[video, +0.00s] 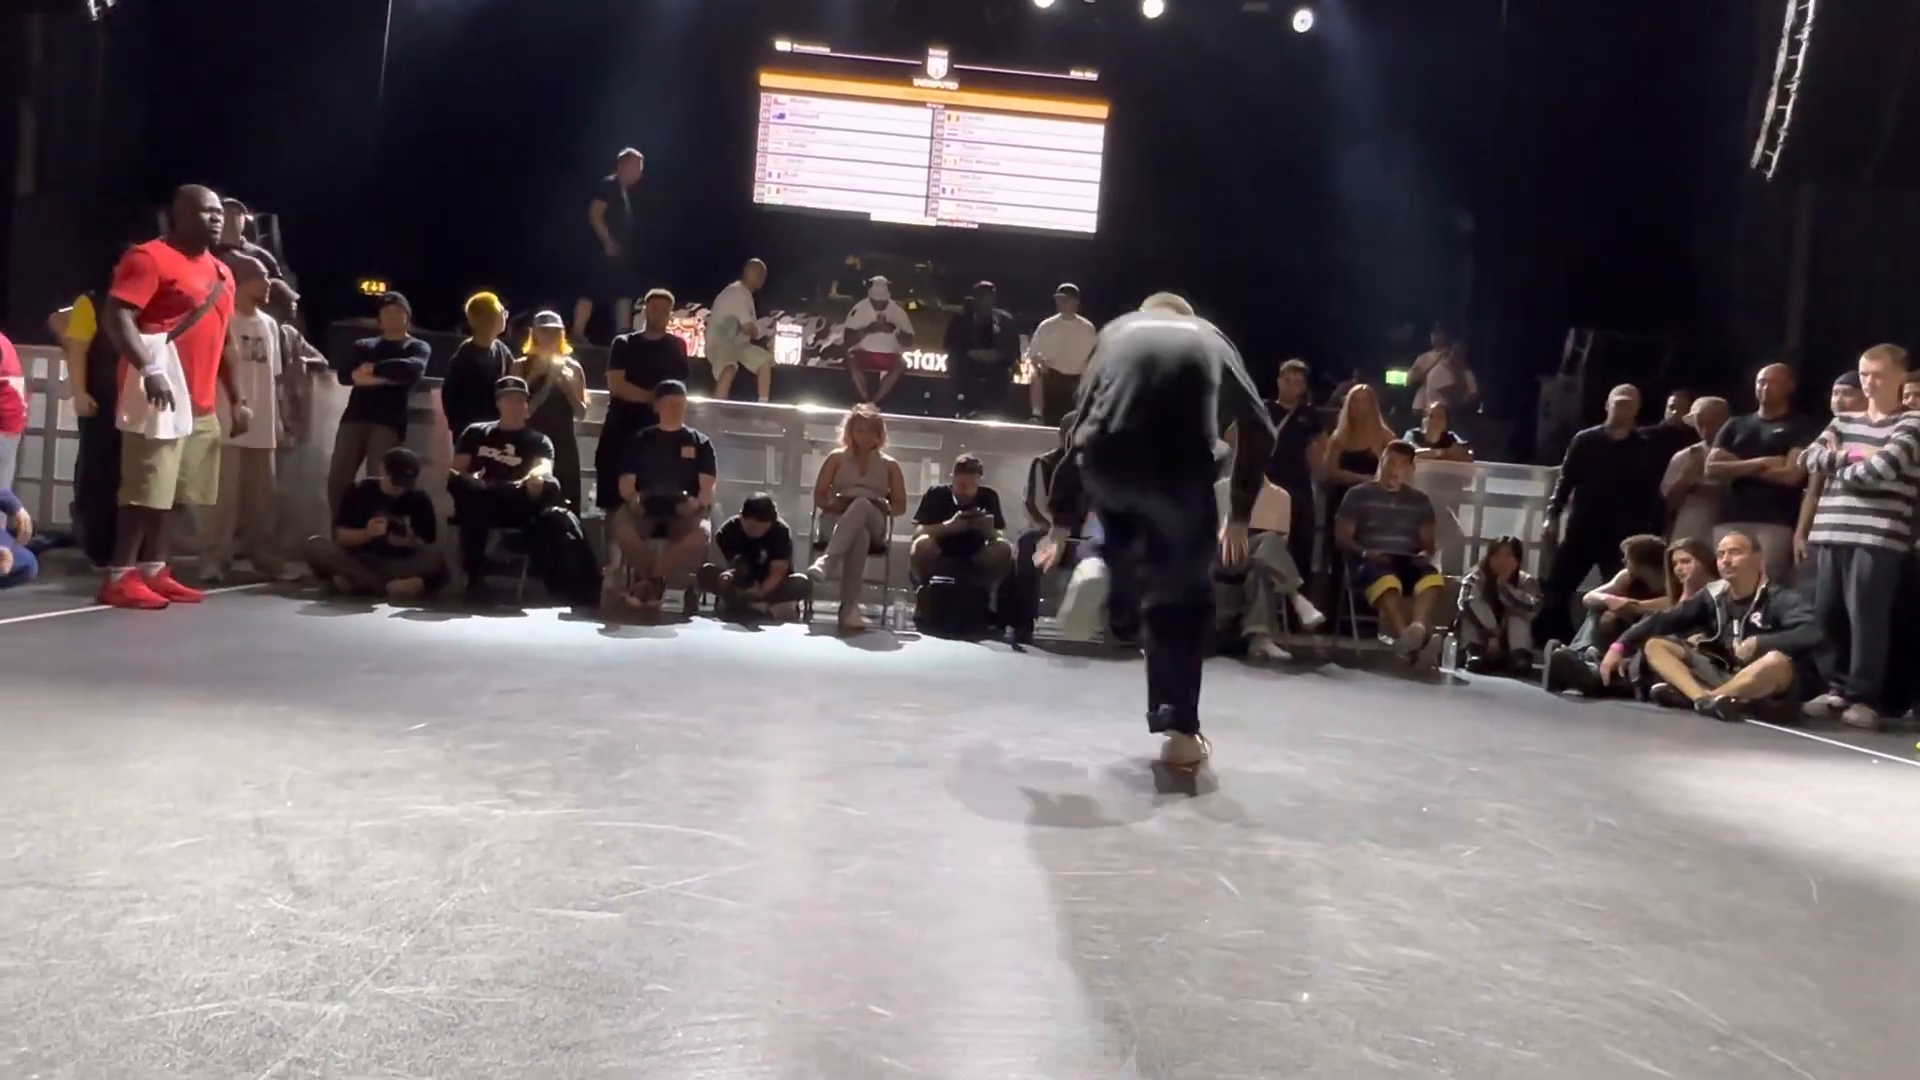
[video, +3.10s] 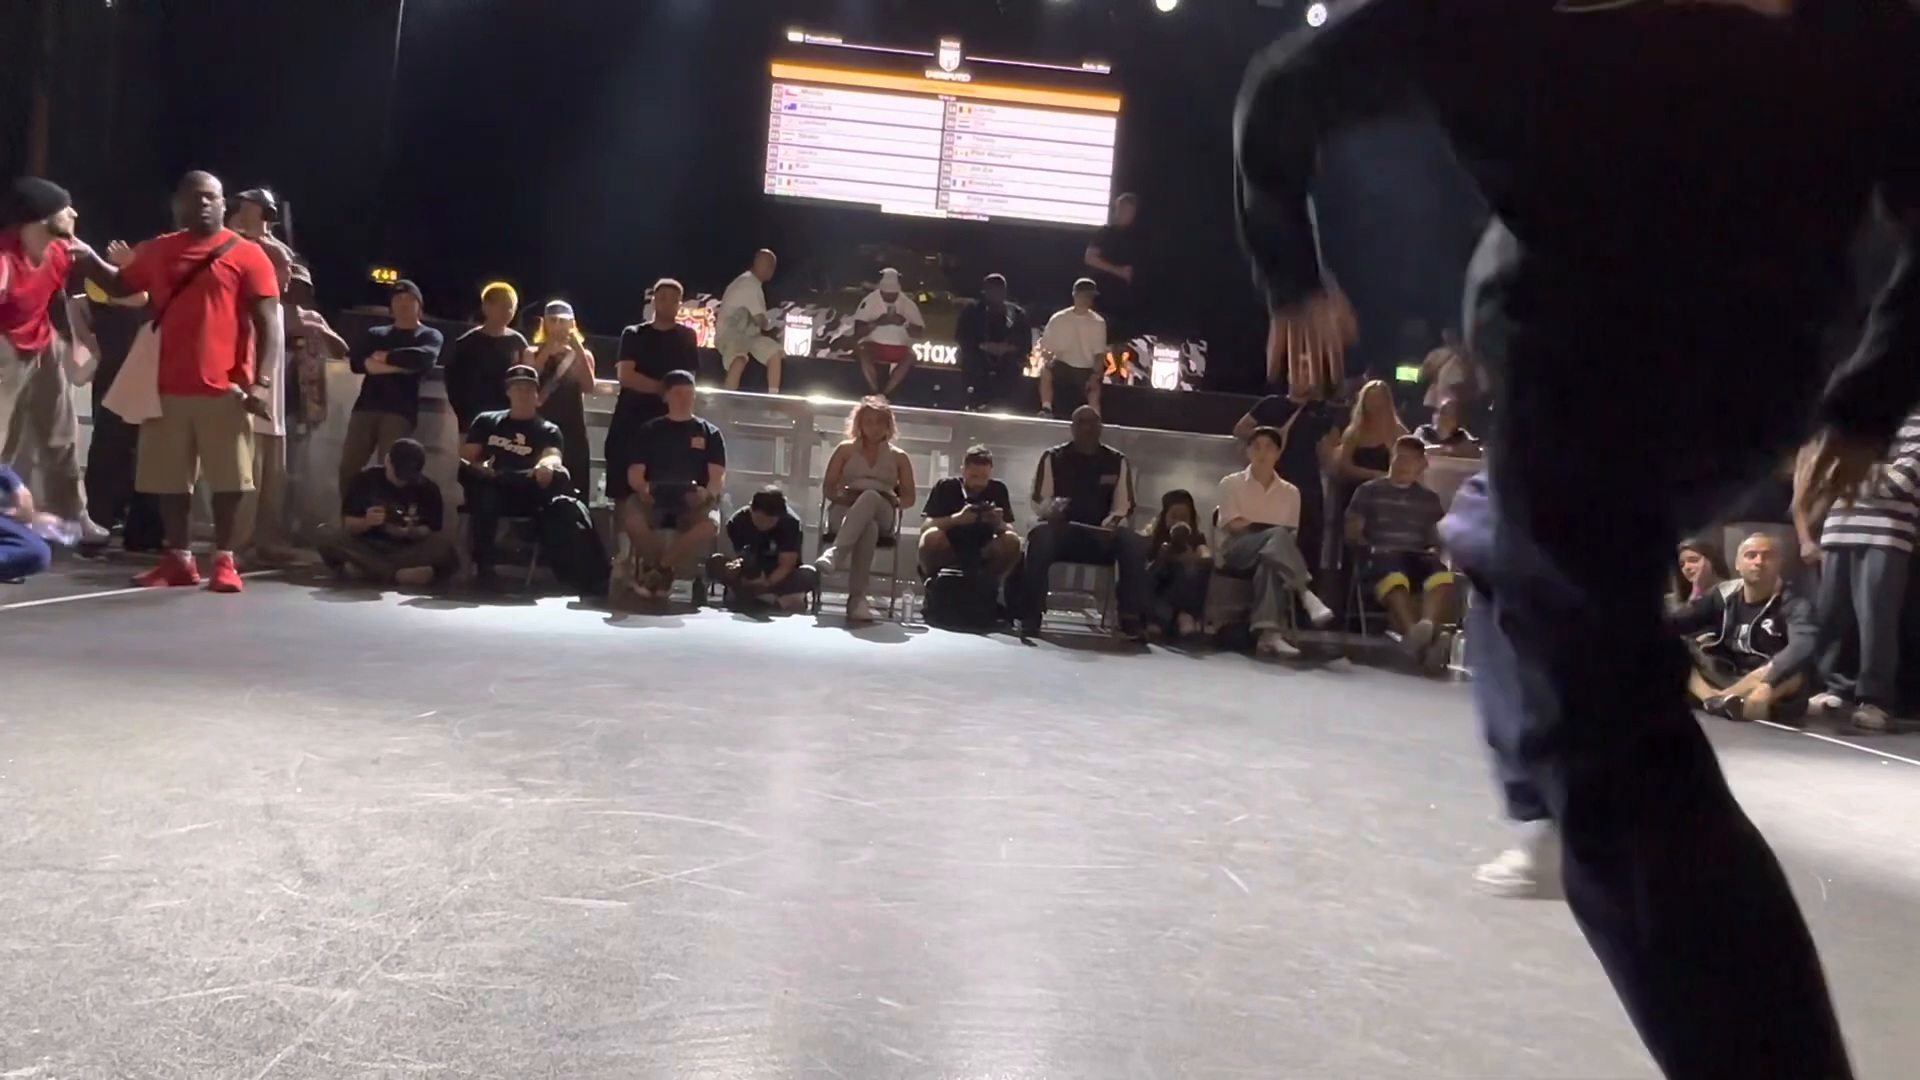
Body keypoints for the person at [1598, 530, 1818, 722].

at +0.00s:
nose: (1725, 560)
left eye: (1734, 553)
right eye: (1721, 555)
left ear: (1757, 558)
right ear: (1717, 562)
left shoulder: (1781, 598)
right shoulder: (1712, 596)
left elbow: (1812, 633)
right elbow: (1666, 620)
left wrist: (1757, 642)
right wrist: (1620, 646)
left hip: (1770, 689)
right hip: (1724, 678)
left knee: (1775, 661)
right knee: (1654, 647)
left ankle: (1704, 700)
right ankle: (1704, 699)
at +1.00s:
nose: (1761, 557)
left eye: (1766, 549)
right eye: (1751, 551)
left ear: (1773, 555)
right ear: (1736, 561)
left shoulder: (1794, 594)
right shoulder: (1724, 592)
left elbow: (1795, 631)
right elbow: (1677, 615)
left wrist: (1767, 654)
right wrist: (1635, 640)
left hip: (1775, 671)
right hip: (1731, 669)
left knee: (1792, 663)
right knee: (1666, 642)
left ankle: (1717, 695)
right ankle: (1712, 696)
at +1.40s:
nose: (1762, 559)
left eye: (1765, 552)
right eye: (1752, 554)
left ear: (1771, 553)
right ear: (1732, 562)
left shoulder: (1793, 590)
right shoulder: (1721, 591)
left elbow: (1795, 628)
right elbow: (1671, 614)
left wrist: (1754, 656)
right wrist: (1658, 633)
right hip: (1729, 667)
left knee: (1793, 661)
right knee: (1663, 643)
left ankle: (1718, 694)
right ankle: (1714, 694)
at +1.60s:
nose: (1758, 558)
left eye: (1762, 550)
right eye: (1748, 552)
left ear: (1770, 554)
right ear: (1732, 561)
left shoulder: (1792, 593)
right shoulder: (1722, 591)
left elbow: (1768, 633)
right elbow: (1669, 616)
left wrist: (1717, 655)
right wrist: (1685, 638)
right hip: (1728, 674)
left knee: (1789, 659)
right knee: (1658, 637)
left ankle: (1717, 694)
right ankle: (1713, 694)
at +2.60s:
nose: (1760, 558)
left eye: (1767, 551)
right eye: (1752, 552)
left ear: (1776, 557)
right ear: (1738, 560)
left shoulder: (1795, 592)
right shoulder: (1728, 590)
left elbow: (1794, 629)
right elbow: (1680, 610)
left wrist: (1742, 649)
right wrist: (1667, 624)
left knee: (1788, 659)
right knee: (1661, 637)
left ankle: (1712, 697)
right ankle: (1711, 694)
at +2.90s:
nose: (1762, 560)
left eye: (1770, 554)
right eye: (1754, 554)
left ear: (1781, 561)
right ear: (1740, 562)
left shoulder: (1796, 599)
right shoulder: (1727, 593)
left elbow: (1796, 634)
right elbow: (1685, 611)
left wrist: (1767, 664)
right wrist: (1639, 630)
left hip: (1774, 679)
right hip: (1730, 672)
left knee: (1792, 667)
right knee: (1667, 644)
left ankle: (1714, 698)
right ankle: (1712, 696)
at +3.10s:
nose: (1759, 562)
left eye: (1767, 556)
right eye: (1751, 555)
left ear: (1778, 564)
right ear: (1738, 564)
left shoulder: (1792, 602)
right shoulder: (1724, 593)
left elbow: (1802, 644)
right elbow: (1686, 619)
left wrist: (1764, 677)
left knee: (1795, 674)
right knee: (1674, 650)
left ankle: (1727, 697)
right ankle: (1712, 698)